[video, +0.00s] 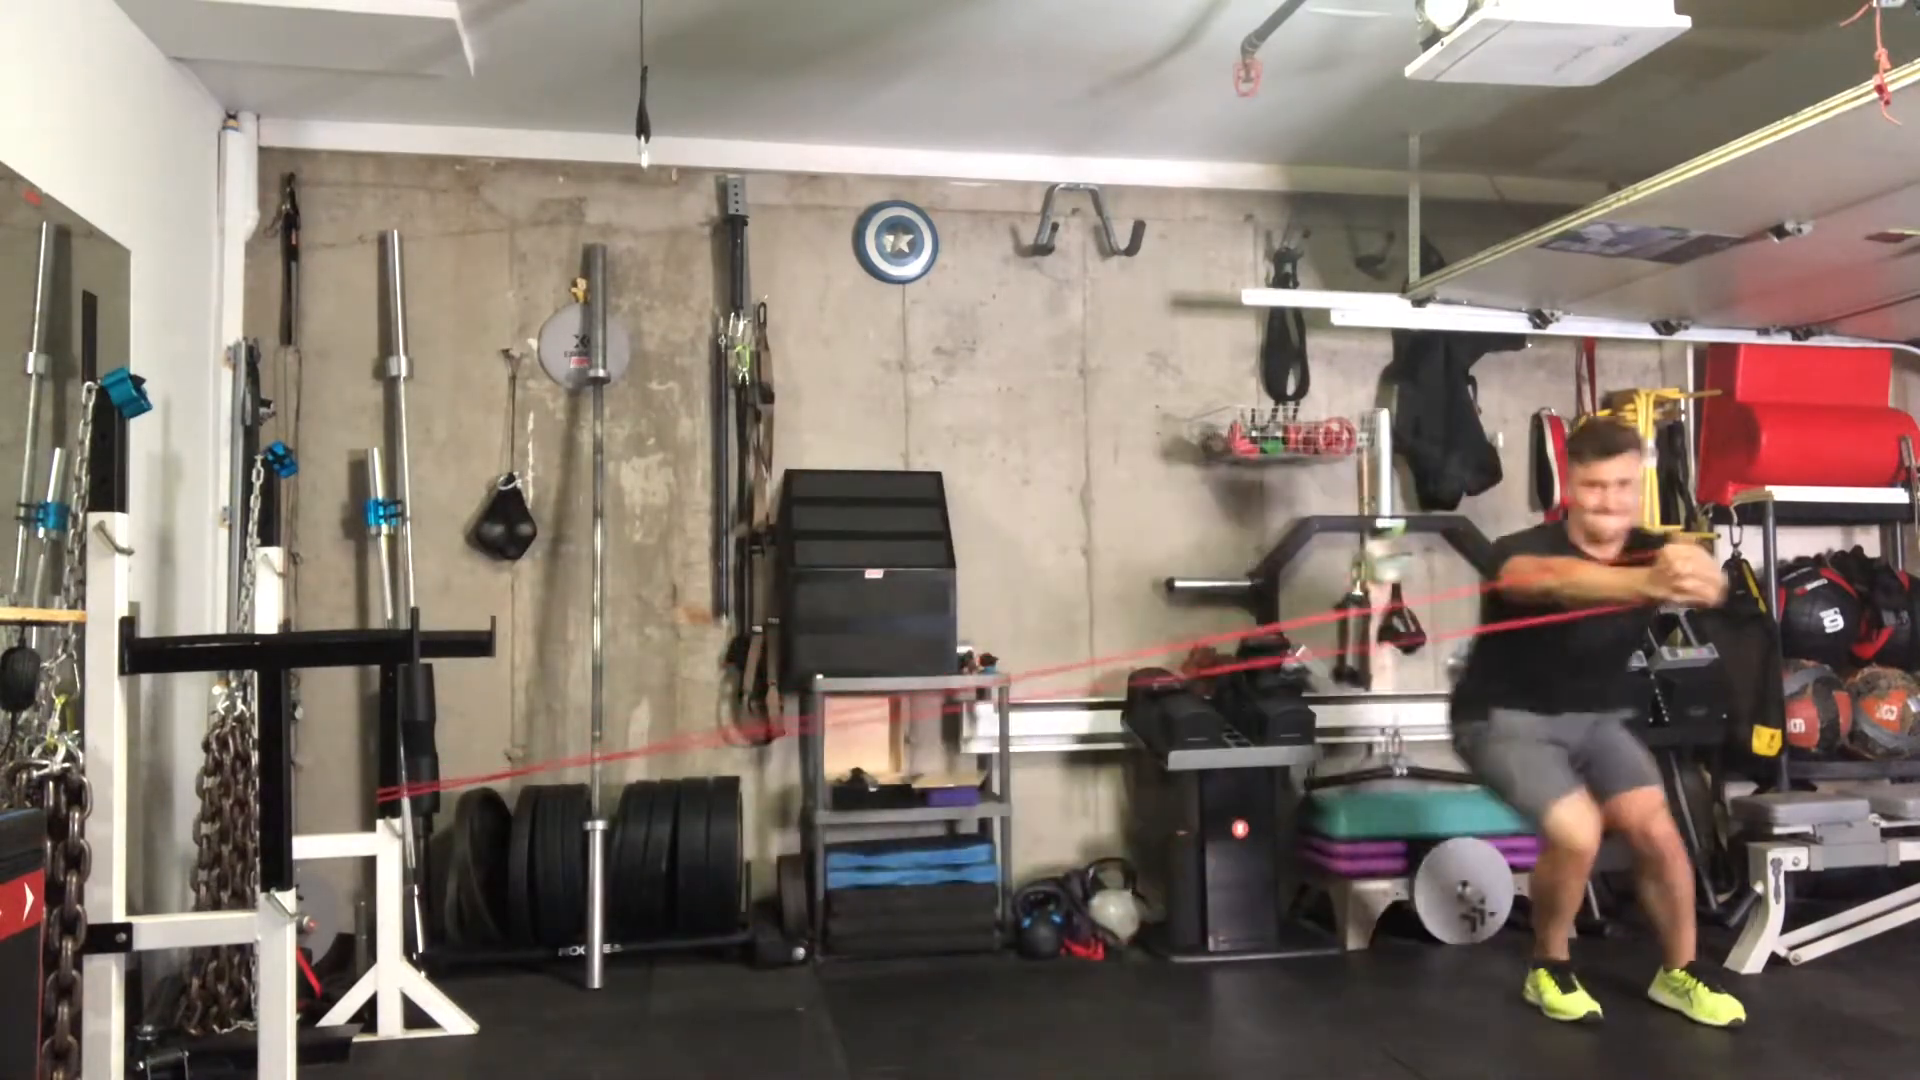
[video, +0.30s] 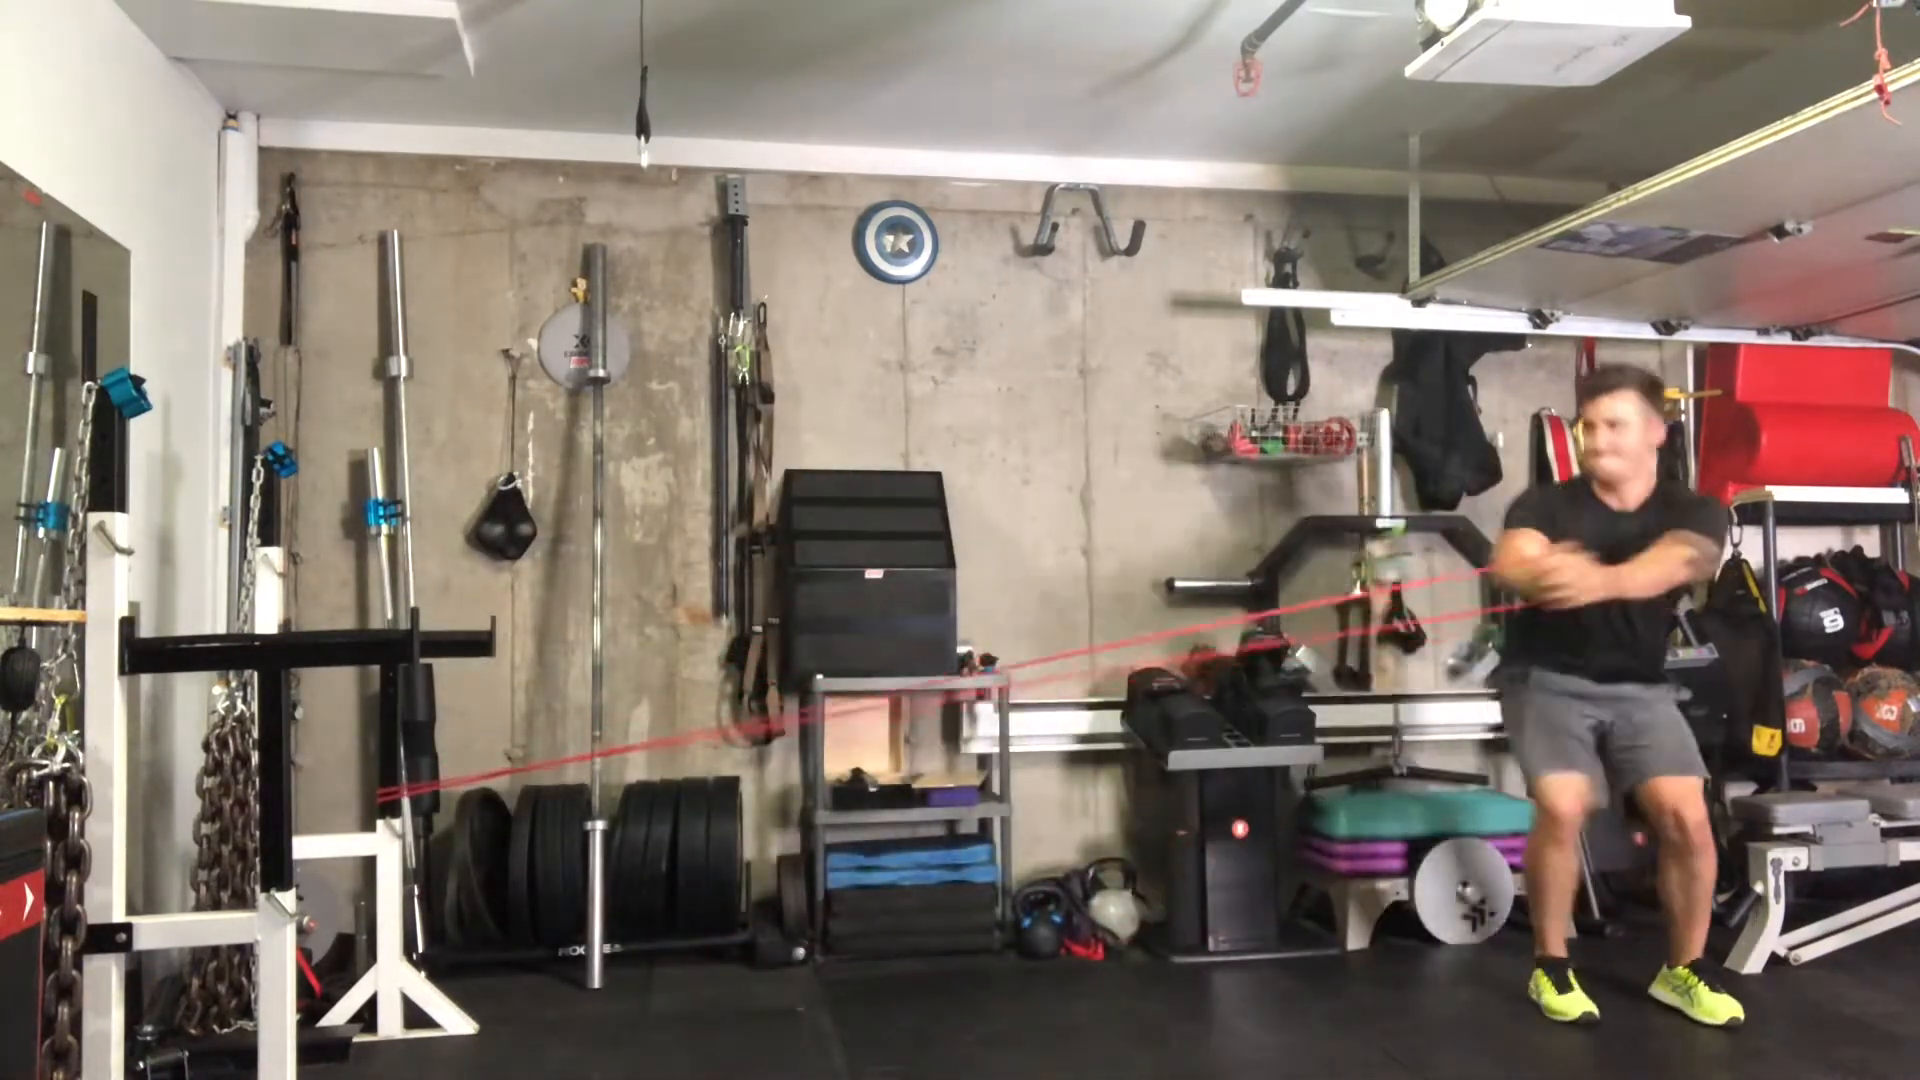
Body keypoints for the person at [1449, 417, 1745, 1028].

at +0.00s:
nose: (1607, 500)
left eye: (1622, 485)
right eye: (1591, 486)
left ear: (1641, 489)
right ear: (1567, 488)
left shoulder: (1654, 552)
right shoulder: (1523, 551)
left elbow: (1706, 580)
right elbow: (1543, 582)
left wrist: (1710, 580)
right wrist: (1646, 584)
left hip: (1598, 720)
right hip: (1507, 719)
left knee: (1655, 826)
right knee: (1577, 833)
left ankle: (1679, 971)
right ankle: (1551, 967)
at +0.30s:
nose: (1597, 438)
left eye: (1615, 425)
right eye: (1588, 425)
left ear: (1656, 434)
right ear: (1577, 435)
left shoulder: (1697, 513)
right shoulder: (1544, 503)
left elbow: (1678, 566)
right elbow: (1509, 563)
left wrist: (1601, 580)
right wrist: (1567, 570)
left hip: (1641, 691)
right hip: (1548, 686)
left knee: (1687, 817)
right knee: (1564, 803)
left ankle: (1682, 970)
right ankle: (1552, 966)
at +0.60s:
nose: (1476, 385)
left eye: (1491, 370)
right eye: (1471, 373)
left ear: (1537, 378)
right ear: (1466, 387)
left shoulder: (1584, 467)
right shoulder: (1460, 475)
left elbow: (1539, 582)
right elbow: (1415, 558)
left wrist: (1420, 629)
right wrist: (1371, 612)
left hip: (1591, 667)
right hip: (1486, 661)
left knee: (1648, 811)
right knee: (1433, 786)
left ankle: (1681, 969)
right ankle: (1393, 957)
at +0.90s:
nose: (1331, 364)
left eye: (1345, 352)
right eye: (1329, 353)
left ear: (1392, 360)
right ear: (1333, 365)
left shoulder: (1425, 451)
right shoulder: (1327, 460)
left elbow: (1371, 562)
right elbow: (1278, 543)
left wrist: (1258, 605)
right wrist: (1223, 594)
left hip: (1425, 650)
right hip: (1350, 651)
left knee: (1438, 789)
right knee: (1344, 801)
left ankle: (1559, 927)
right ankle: (1374, 967)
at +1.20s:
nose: (1212, 367)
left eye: (1227, 355)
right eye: (1213, 355)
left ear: (1274, 369)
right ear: (1228, 369)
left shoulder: (1289, 457)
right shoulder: (1215, 460)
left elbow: (1257, 572)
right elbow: (1173, 544)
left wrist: (1146, 614)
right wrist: (1113, 599)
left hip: (1276, 662)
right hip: (1236, 661)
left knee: (1205, 801)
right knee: (1294, 803)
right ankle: (1370, 956)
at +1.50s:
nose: (1078, 351)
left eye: (1095, 341)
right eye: (1083, 338)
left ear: (1136, 361)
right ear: (1105, 356)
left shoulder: (1130, 453)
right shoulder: (1081, 453)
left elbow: (1103, 580)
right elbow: (1037, 551)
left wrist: (1003, 628)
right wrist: (980, 613)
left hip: (1113, 663)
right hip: (1071, 658)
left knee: (1060, 801)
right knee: (1044, 791)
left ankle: (1081, 989)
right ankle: (1171, 902)